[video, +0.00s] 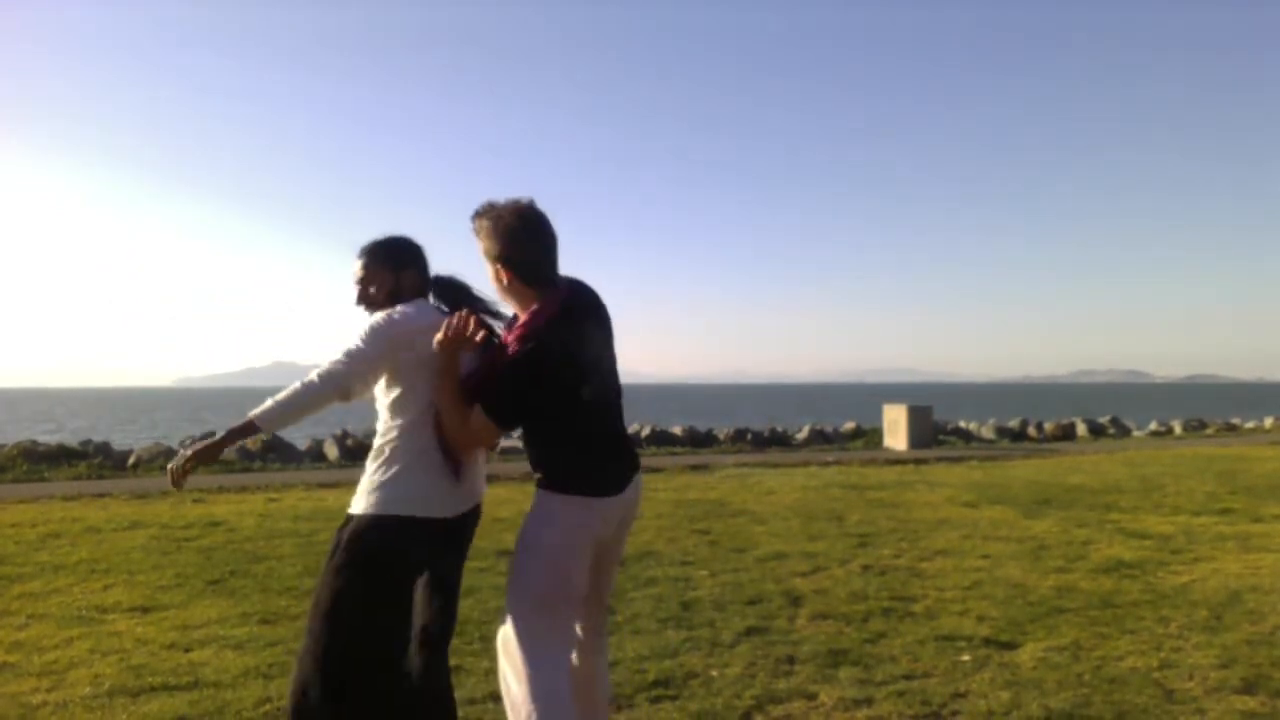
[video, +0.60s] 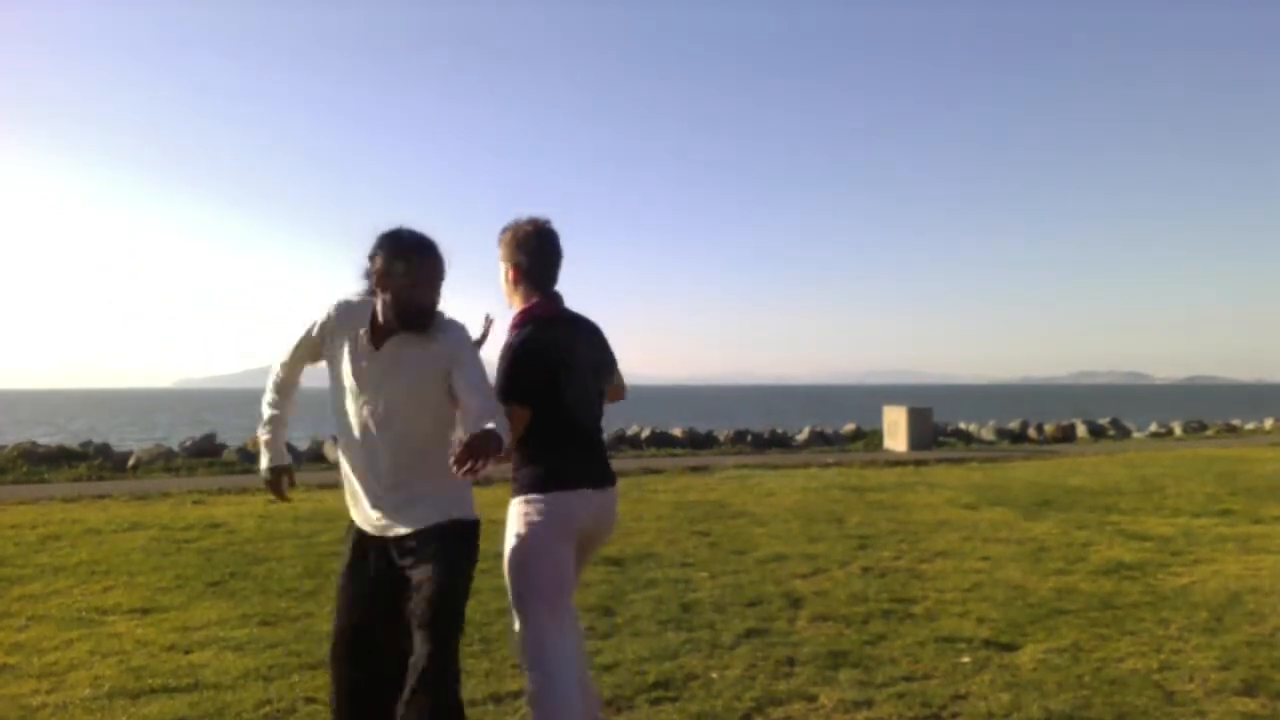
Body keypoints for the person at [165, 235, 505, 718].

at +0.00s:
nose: (359, 295)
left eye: (367, 281)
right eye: (359, 282)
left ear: (403, 277)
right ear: (415, 281)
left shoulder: (399, 323)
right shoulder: (466, 325)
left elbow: (325, 384)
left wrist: (224, 439)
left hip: (394, 506)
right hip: (459, 504)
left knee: (333, 645)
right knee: (423, 646)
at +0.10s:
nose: (360, 285)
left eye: (368, 272)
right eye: (358, 274)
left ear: (405, 269)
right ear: (409, 275)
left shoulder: (408, 323)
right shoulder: (456, 322)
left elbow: (357, 390)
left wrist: (254, 443)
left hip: (409, 513)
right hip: (453, 511)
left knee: (339, 654)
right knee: (423, 656)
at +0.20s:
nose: (370, 284)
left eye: (379, 271)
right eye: (363, 274)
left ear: (412, 267)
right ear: (359, 277)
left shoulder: (421, 321)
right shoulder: (442, 321)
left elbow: (400, 392)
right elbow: (493, 406)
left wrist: (306, 436)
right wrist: (508, 485)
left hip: (426, 515)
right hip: (447, 514)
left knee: (348, 654)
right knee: (425, 653)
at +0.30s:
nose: (383, 286)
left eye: (394, 272)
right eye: (372, 275)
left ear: (421, 272)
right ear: (363, 279)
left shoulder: (429, 327)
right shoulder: (401, 334)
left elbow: (432, 404)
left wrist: (343, 444)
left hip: (444, 510)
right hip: (423, 508)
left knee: (367, 654)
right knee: (426, 654)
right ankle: (442, 719)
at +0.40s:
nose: (390, 285)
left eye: (402, 274)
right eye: (379, 274)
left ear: (423, 276)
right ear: (366, 279)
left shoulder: (433, 333)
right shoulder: (388, 341)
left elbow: (461, 413)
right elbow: (418, 420)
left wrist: (391, 444)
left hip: (448, 508)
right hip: (413, 510)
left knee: (386, 648)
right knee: (411, 651)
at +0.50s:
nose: (407, 285)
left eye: (417, 273)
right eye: (393, 274)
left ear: (431, 276)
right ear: (372, 279)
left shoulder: (443, 335)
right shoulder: (356, 332)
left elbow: (484, 422)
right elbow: (346, 403)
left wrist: (446, 441)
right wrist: (332, 458)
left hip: (446, 518)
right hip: (391, 518)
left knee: (417, 641)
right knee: (364, 639)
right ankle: (362, 714)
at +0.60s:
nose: (433, 296)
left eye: (437, 283)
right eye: (421, 284)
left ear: (441, 281)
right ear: (381, 282)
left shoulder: (450, 340)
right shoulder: (341, 322)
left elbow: (486, 412)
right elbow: (286, 371)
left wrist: (487, 436)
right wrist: (272, 444)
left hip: (439, 524)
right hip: (370, 525)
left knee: (431, 658)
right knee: (356, 662)